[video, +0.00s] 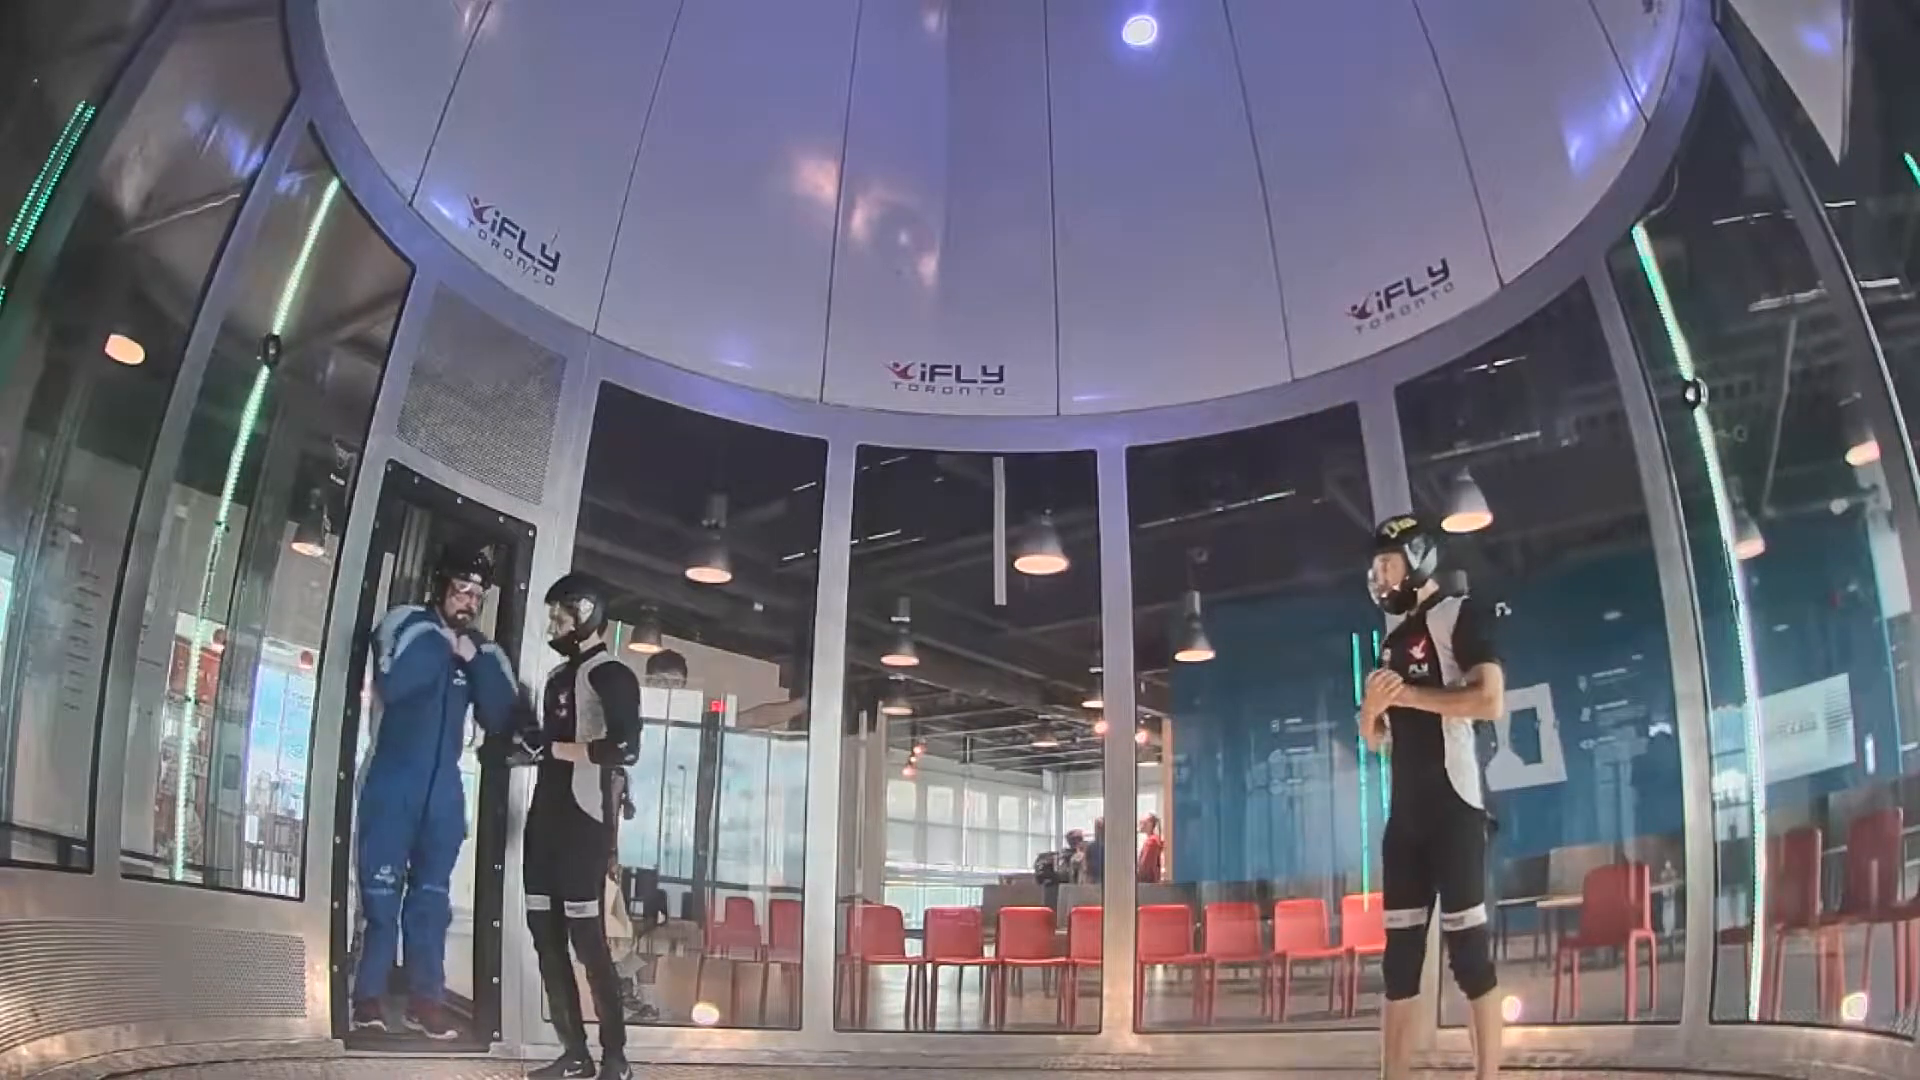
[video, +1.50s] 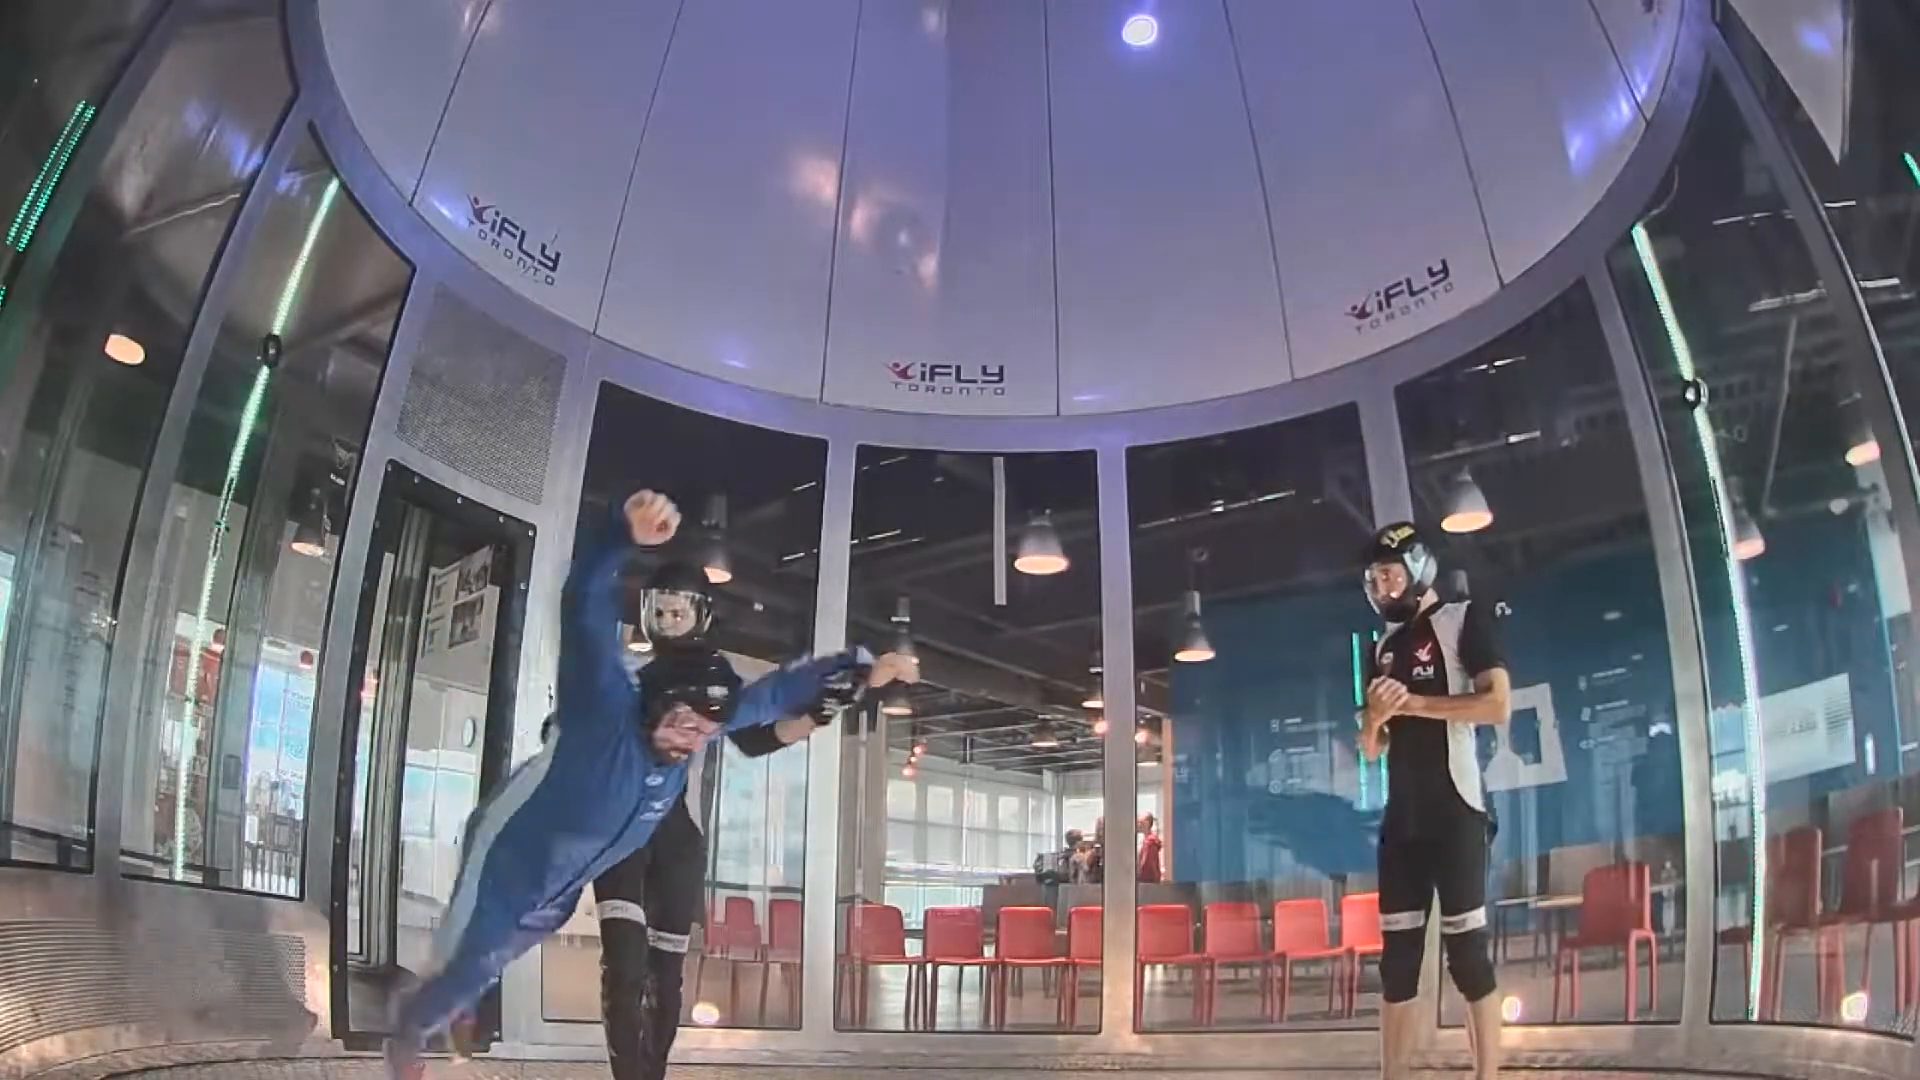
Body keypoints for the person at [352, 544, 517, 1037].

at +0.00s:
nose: (467, 600)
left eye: (476, 593)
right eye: (460, 588)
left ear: (482, 599)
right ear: (441, 586)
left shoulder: (484, 651)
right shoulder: (408, 623)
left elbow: (499, 718)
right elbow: (394, 686)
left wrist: (480, 656)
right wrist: (440, 640)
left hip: (446, 784)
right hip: (394, 777)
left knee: (432, 893)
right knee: (382, 889)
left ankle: (426, 1002)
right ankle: (368, 1001)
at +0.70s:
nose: (523, 624)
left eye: (533, 616)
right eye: (515, 611)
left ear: (538, 622)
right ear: (492, 606)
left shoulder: (530, 665)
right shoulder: (454, 649)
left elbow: (573, 723)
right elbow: (438, 719)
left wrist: (539, 692)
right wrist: (493, 674)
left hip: (495, 811)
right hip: (442, 803)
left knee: (471, 920)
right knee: (445, 910)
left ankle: (425, 1025)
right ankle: (403, 1034)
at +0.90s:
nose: (558, 657)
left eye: (569, 649)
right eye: (550, 642)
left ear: (577, 653)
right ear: (525, 635)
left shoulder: (567, 691)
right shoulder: (492, 676)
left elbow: (622, 735)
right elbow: (452, 726)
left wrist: (596, 731)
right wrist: (539, 715)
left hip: (504, 833)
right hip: (447, 823)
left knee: (487, 951)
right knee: (449, 935)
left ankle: (427, 1012)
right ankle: (401, 1051)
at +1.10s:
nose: (600, 683)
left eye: (605, 674)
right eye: (592, 668)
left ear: (606, 676)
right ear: (559, 660)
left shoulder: (586, 711)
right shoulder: (508, 690)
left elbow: (634, 722)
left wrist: (690, 733)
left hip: (520, 861)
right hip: (460, 846)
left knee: (495, 974)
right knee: (471, 968)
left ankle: (422, 1034)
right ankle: (405, 1032)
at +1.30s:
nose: (618, 722)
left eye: (630, 714)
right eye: (609, 707)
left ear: (640, 719)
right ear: (583, 698)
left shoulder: (629, 744)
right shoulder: (540, 721)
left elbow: (700, 722)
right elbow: (508, 645)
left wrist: (768, 705)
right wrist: (574, 617)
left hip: (535, 899)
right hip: (477, 876)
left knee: (488, 1014)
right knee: (478, 1008)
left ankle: (420, 1044)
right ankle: (407, 1037)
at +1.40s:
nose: (663, 745)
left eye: (675, 733)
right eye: (653, 728)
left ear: (684, 728)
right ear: (624, 709)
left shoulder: (675, 735)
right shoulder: (579, 718)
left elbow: (748, 706)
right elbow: (555, 624)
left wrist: (826, 670)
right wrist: (590, 554)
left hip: (548, 896)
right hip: (493, 875)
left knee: (480, 1002)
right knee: (465, 1005)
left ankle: (423, 1049)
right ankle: (408, 1053)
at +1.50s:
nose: (694, 738)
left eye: (706, 728)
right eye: (686, 719)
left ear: (714, 726)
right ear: (656, 699)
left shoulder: (696, 735)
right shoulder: (604, 704)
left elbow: (774, 697)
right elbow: (587, 612)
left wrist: (859, 668)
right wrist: (622, 536)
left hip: (558, 891)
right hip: (502, 862)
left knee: (484, 970)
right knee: (461, 970)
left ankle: (419, 1025)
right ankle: (407, 1034)